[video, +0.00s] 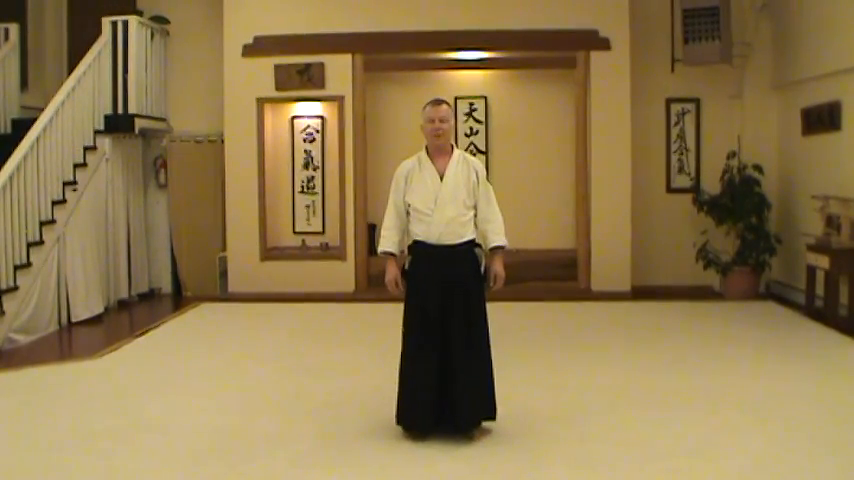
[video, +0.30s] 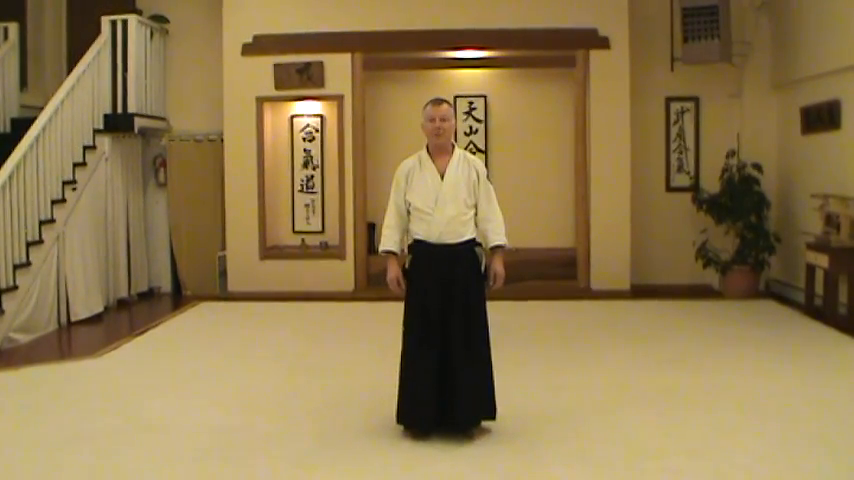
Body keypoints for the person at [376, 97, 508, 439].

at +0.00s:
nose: (437, 126)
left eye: (443, 121)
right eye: (431, 121)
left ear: (453, 125)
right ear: (422, 126)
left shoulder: (471, 166)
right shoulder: (408, 169)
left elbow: (488, 211)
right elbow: (394, 216)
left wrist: (495, 255)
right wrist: (391, 260)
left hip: (463, 259)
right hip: (424, 260)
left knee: (465, 336)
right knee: (423, 337)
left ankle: (466, 416)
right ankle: (420, 417)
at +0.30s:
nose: (438, 125)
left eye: (444, 119)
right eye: (432, 120)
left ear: (454, 124)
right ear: (423, 126)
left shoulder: (472, 165)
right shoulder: (408, 168)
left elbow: (488, 211)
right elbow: (395, 215)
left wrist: (496, 254)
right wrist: (392, 259)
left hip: (463, 259)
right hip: (424, 259)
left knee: (464, 335)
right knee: (423, 336)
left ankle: (465, 415)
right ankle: (420, 416)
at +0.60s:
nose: (439, 127)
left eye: (445, 121)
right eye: (433, 121)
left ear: (455, 125)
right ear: (423, 127)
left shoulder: (472, 166)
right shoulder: (409, 168)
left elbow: (488, 211)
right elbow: (395, 214)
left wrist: (495, 255)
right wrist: (391, 258)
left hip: (463, 259)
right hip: (423, 259)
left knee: (464, 335)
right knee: (422, 335)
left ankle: (464, 415)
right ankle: (419, 416)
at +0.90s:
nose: (438, 128)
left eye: (444, 122)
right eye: (431, 122)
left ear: (455, 125)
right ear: (422, 127)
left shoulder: (472, 166)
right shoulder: (409, 169)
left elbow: (488, 212)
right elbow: (395, 216)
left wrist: (495, 256)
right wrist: (392, 259)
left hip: (463, 260)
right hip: (424, 260)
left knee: (464, 335)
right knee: (422, 336)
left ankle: (465, 415)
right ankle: (419, 416)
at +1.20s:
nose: (437, 128)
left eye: (444, 121)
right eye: (431, 122)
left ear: (454, 125)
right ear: (422, 127)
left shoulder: (471, 166)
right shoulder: (408, 169)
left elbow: (487, 212)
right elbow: (395, 216)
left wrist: (495, 256)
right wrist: (392, 260)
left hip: (463, 260)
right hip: (423, 260)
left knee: (464, 336)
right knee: (422, 336)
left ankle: (465, 416)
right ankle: (419, 416)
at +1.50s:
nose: (437, 128)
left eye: (443, 122)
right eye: (431, 123)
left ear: (454, 125)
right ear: (421, 128)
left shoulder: (471, 166)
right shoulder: (408, 170)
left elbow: (486, 211)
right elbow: (394, 216)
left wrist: (494, 256)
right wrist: (392, 261)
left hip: (462, 260)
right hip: (423, 260)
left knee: (463, 336)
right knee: (422, 336)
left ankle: (463, 416)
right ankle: (420, 417)